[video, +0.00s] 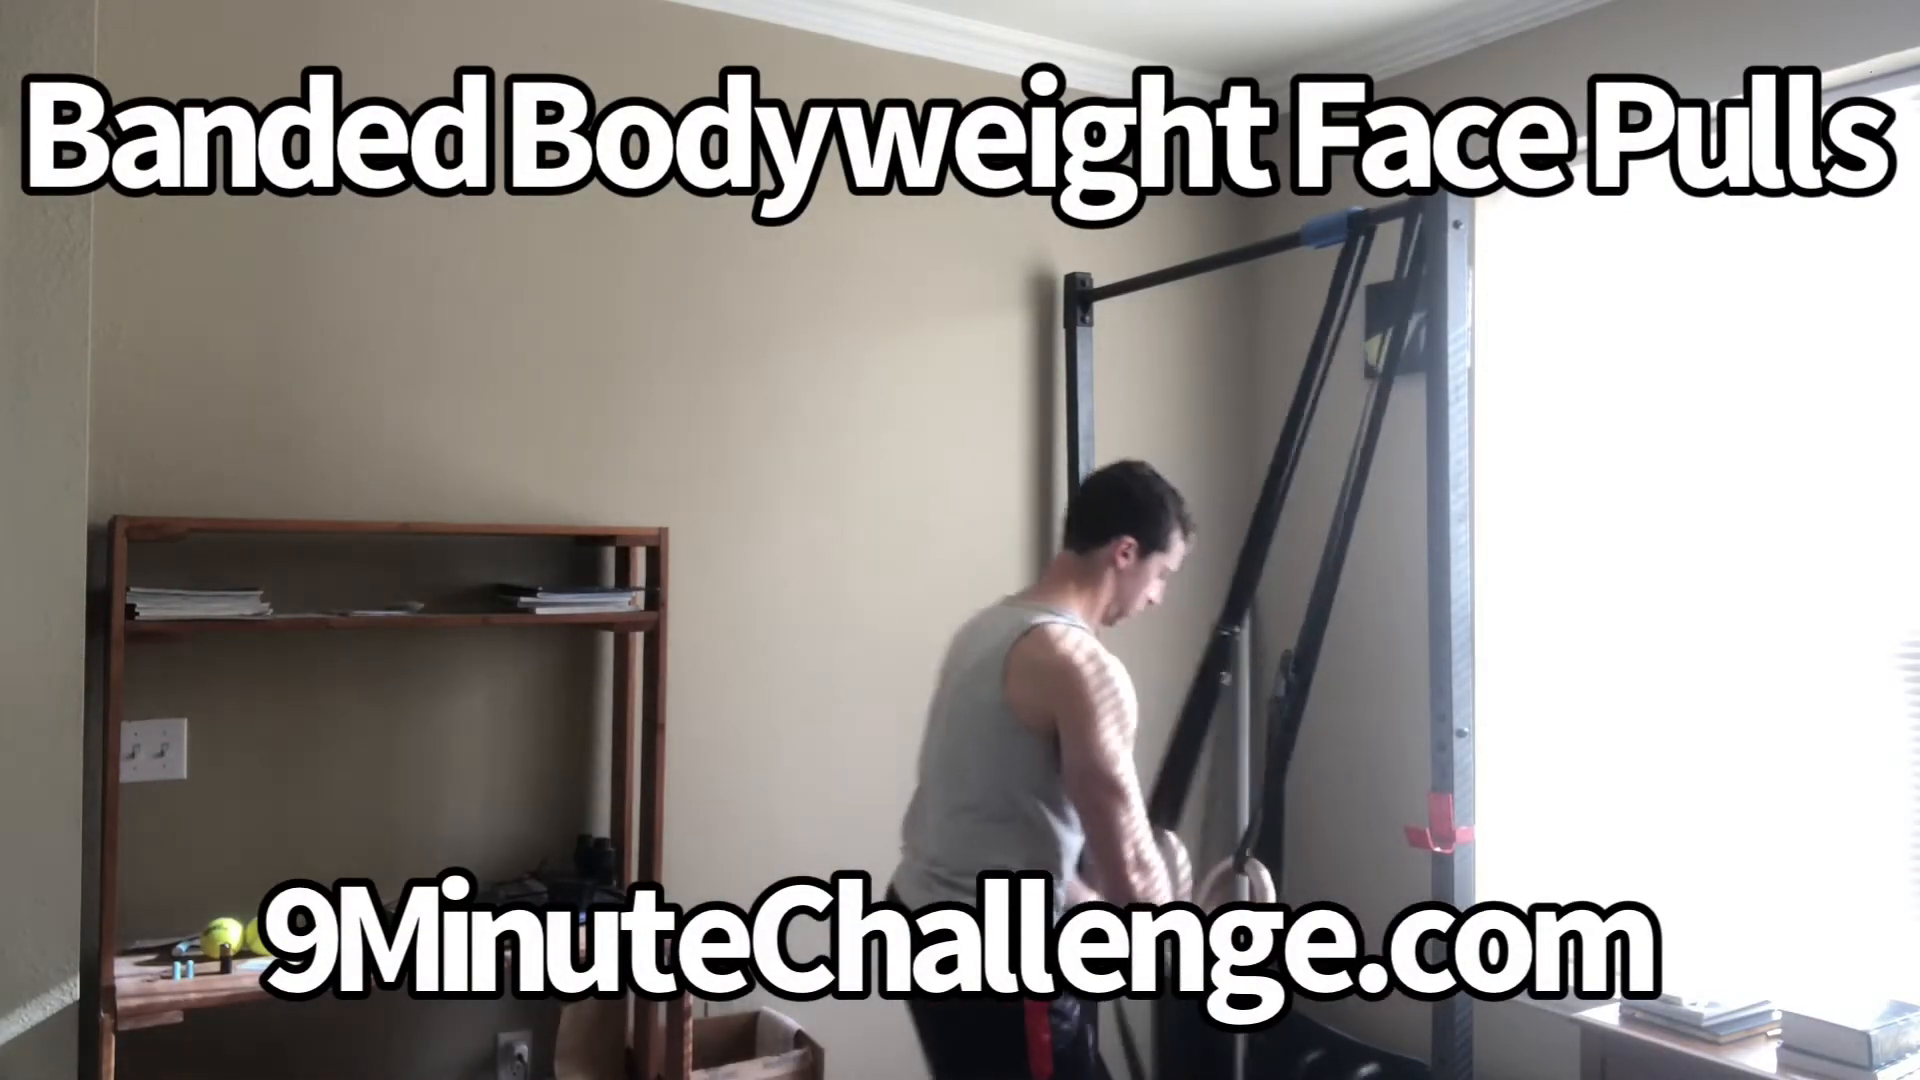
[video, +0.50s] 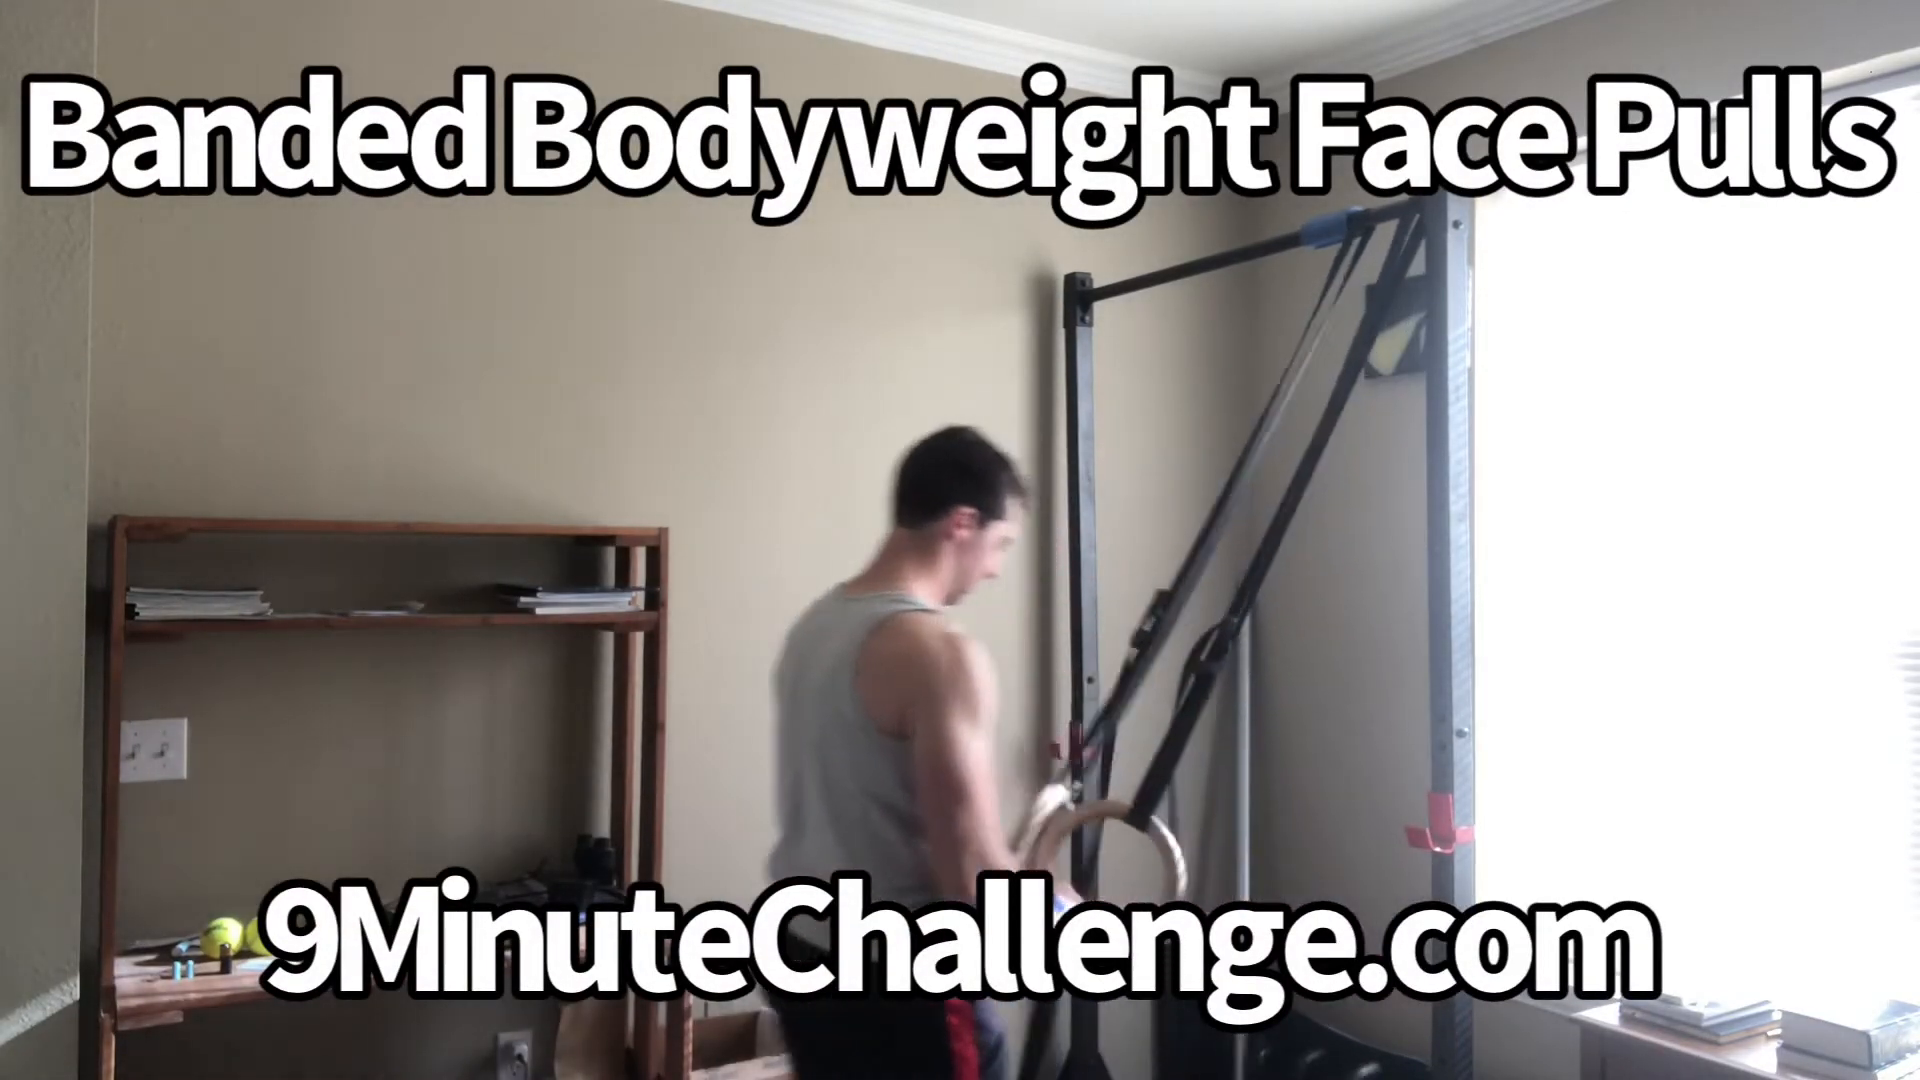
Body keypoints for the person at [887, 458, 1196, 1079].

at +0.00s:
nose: (1157, 598)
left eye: (1167, 579)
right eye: (1162, 575)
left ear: (1106, 550)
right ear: (1123, 554)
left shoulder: (986, 631)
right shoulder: (1081, 667)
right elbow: (1126, 874)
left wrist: (1104, 901)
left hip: (928, 912)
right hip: (1006, 942)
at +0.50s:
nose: (997, 570)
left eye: (1005, 549)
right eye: (999, 545)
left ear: (903, 515)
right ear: (960, 526)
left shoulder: (816, 627)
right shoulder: (937, 653)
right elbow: (973, 867)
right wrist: (1057, 907)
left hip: (806, 963)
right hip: (908, 978)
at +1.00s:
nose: (775, 477)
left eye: (764, 453)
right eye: (757, 456)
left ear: (699, 489)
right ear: (711, 490)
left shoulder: (610, 616)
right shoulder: (712, 651)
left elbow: (659, 791)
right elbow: (760, 863)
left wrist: (802, 770)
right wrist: (881, 793)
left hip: (604, 976)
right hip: (694, 992)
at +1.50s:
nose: (640, 462)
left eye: (628, 440)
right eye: (619, 445)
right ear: (565, 480)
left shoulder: (491, 619)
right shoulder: (611, 651)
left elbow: (641, 802)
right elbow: (710, 843)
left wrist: (762, 683)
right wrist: (812, 709)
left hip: (492, 1017)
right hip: (581, 1039)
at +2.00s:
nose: (584, 482)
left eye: (580, 457)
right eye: (571, 458)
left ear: (498, 476)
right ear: (502, 474)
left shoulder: (437, 624)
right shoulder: (520, 659)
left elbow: (615, 774)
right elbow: (707, 844)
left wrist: (766, 729)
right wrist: (824, 749)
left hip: (477, 1022)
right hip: (548, 1043)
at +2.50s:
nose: (597, 492)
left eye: (596, 468)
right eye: (587, 466)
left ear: (515, 477)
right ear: (519, 474)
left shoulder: (444, 616)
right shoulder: (517, 653)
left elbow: (605, 754)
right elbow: (704, 835)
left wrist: (753, 693)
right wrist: (824, 718)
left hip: (488, 1007)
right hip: (548, 1027)